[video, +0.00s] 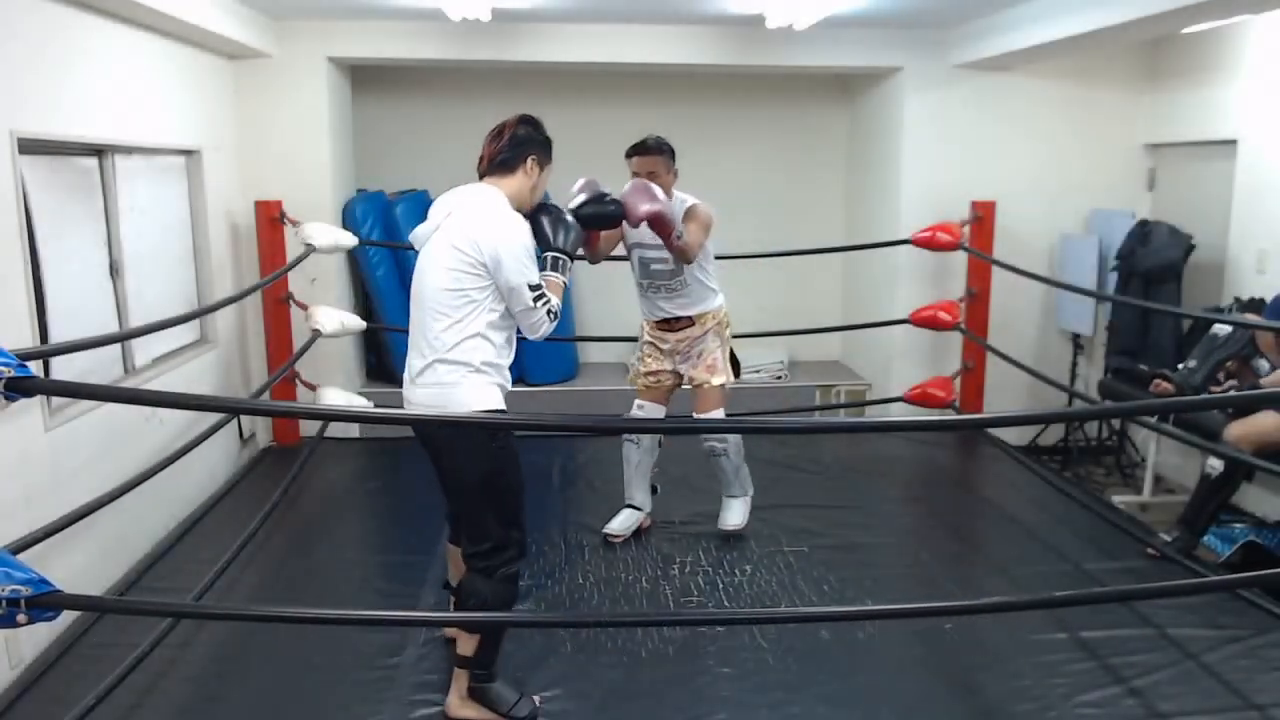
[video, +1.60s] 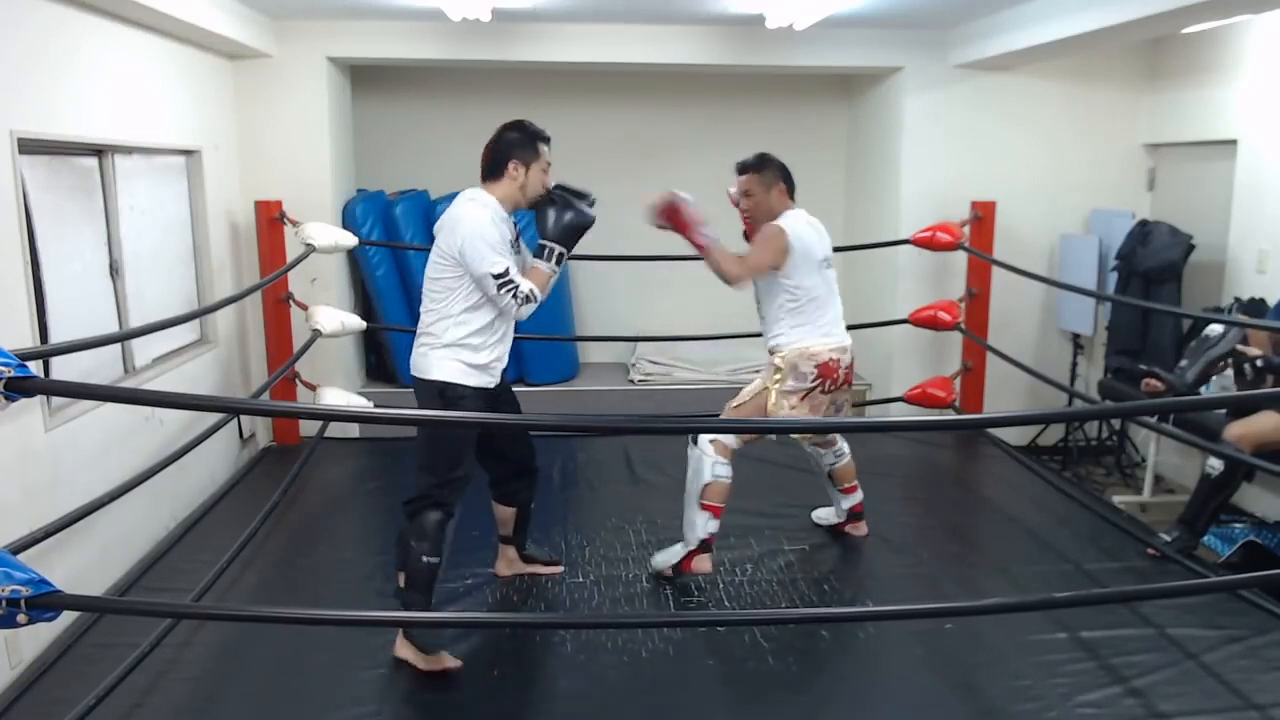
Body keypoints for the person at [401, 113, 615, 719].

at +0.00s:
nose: (540, 193)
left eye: (543, 182)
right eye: (543, 179)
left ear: (493, 160)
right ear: (528, 165)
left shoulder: (447, 209)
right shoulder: (501, 219)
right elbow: (537, 321)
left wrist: (544, 256)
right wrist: (560, 267)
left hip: (427, 400)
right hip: (471, 406)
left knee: (465, 518)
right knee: (498, 548)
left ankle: (460, 615)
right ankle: (466, 692)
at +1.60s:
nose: (548, 180)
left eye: (548, 170)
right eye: (544, 169)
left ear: (512, 169)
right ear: (516, 169)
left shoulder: (499, 218)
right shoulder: (473, 216)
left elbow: (527, 287)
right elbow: (518, 303)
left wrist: (554, 244)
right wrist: (551, 253)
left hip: (485, 373)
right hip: (448, 374)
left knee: (515, 463)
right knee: (438, 496)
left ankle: (509, 556)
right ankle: (413, 632)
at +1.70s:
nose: (536, 164)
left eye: (536, 154)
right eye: (530, 154)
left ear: (502, 158)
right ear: (496, 156)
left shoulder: (501, 212)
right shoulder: (468, 213)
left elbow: (532, 275)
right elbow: (515, 293)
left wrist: (550, 219)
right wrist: (547, 233)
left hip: (484, 367)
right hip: (448, 368)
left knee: (518, 459)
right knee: (438, 486)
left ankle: (512, 554)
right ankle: (398, 615)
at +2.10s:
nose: (490, 183)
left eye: (490, 172)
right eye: (482, 173)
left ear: (454, 176)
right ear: (446, 176)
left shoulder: (464, 227)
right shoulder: (405, 230)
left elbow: (475, 307)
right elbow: (425, 322)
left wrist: (500, 263)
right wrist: (476, 273)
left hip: (450, 372)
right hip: (405, 380)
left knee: (504, 455)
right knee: (400, 499)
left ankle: (510, 540)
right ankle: (350, 607)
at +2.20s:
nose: (496, 184)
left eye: (497, 173)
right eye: (489, 173)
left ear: (465, 174)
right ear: (452, 173)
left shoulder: (467, 225)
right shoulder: (409, 224)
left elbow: (492, 303)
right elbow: (429, 317)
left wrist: (510, 250)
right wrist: (476, 258)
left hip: (453, 366)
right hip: (405, 374)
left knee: (501, 460)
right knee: (394, 492)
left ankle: (515, 535)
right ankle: (351, 603)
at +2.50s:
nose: (529, 184)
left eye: (532, 175)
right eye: (522, 174)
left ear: (524, 179)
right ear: (490, 176)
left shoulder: (509, 226)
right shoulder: (455, 220)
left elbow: (528, 298)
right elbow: (491, 285)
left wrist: (546, 246)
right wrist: (516, 233)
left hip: (479, 363)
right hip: (429, 363)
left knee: (515, 455)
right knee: (400, 465)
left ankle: (514, 539)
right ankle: (352, 569)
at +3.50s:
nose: (486, 175)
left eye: (494, 164)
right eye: (476, 164)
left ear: (503, 168)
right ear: (456, 167)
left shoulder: (512, 215)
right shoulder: (434, 212)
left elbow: (533, 288)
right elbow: (461, 251)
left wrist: (519, 245)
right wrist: (518, 232)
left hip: (503, 349)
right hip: (445, 347)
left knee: (540, 428)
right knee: (409, 428)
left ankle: (555, 508)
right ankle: (413, 490)